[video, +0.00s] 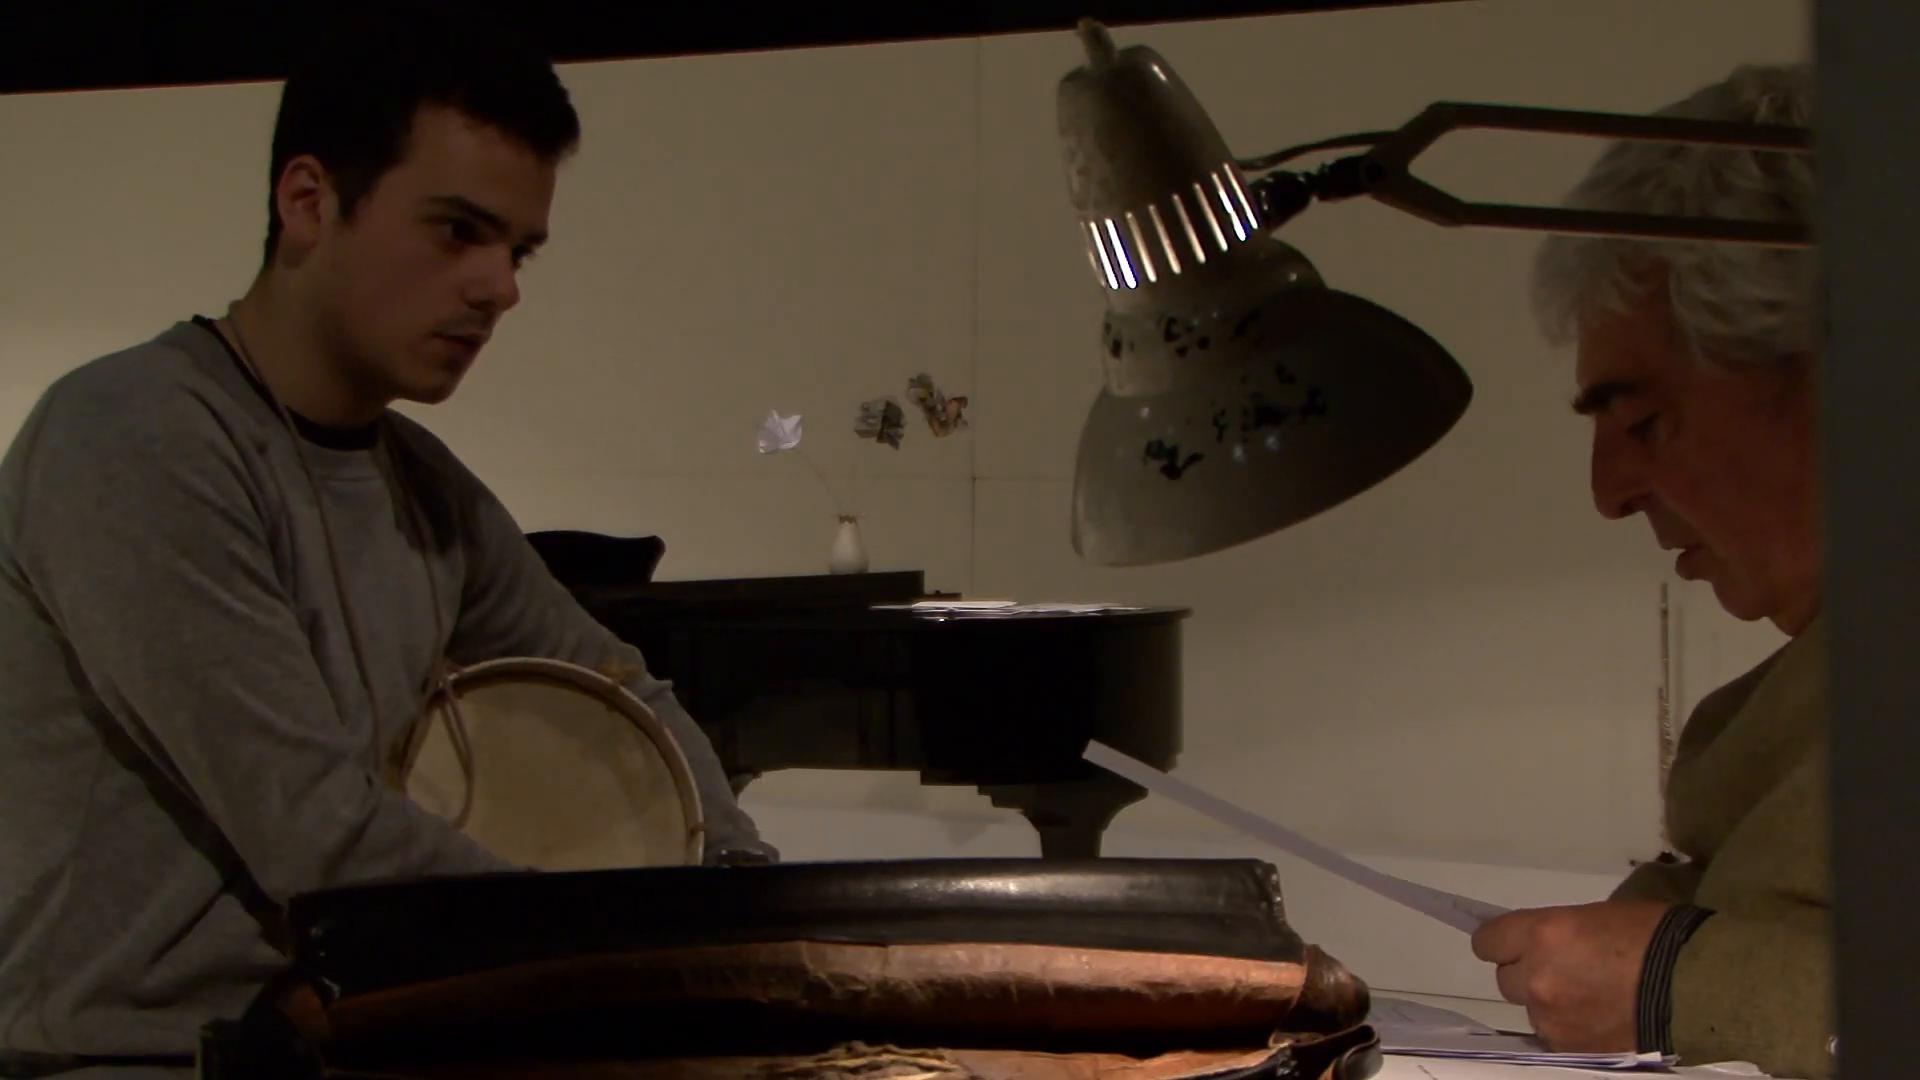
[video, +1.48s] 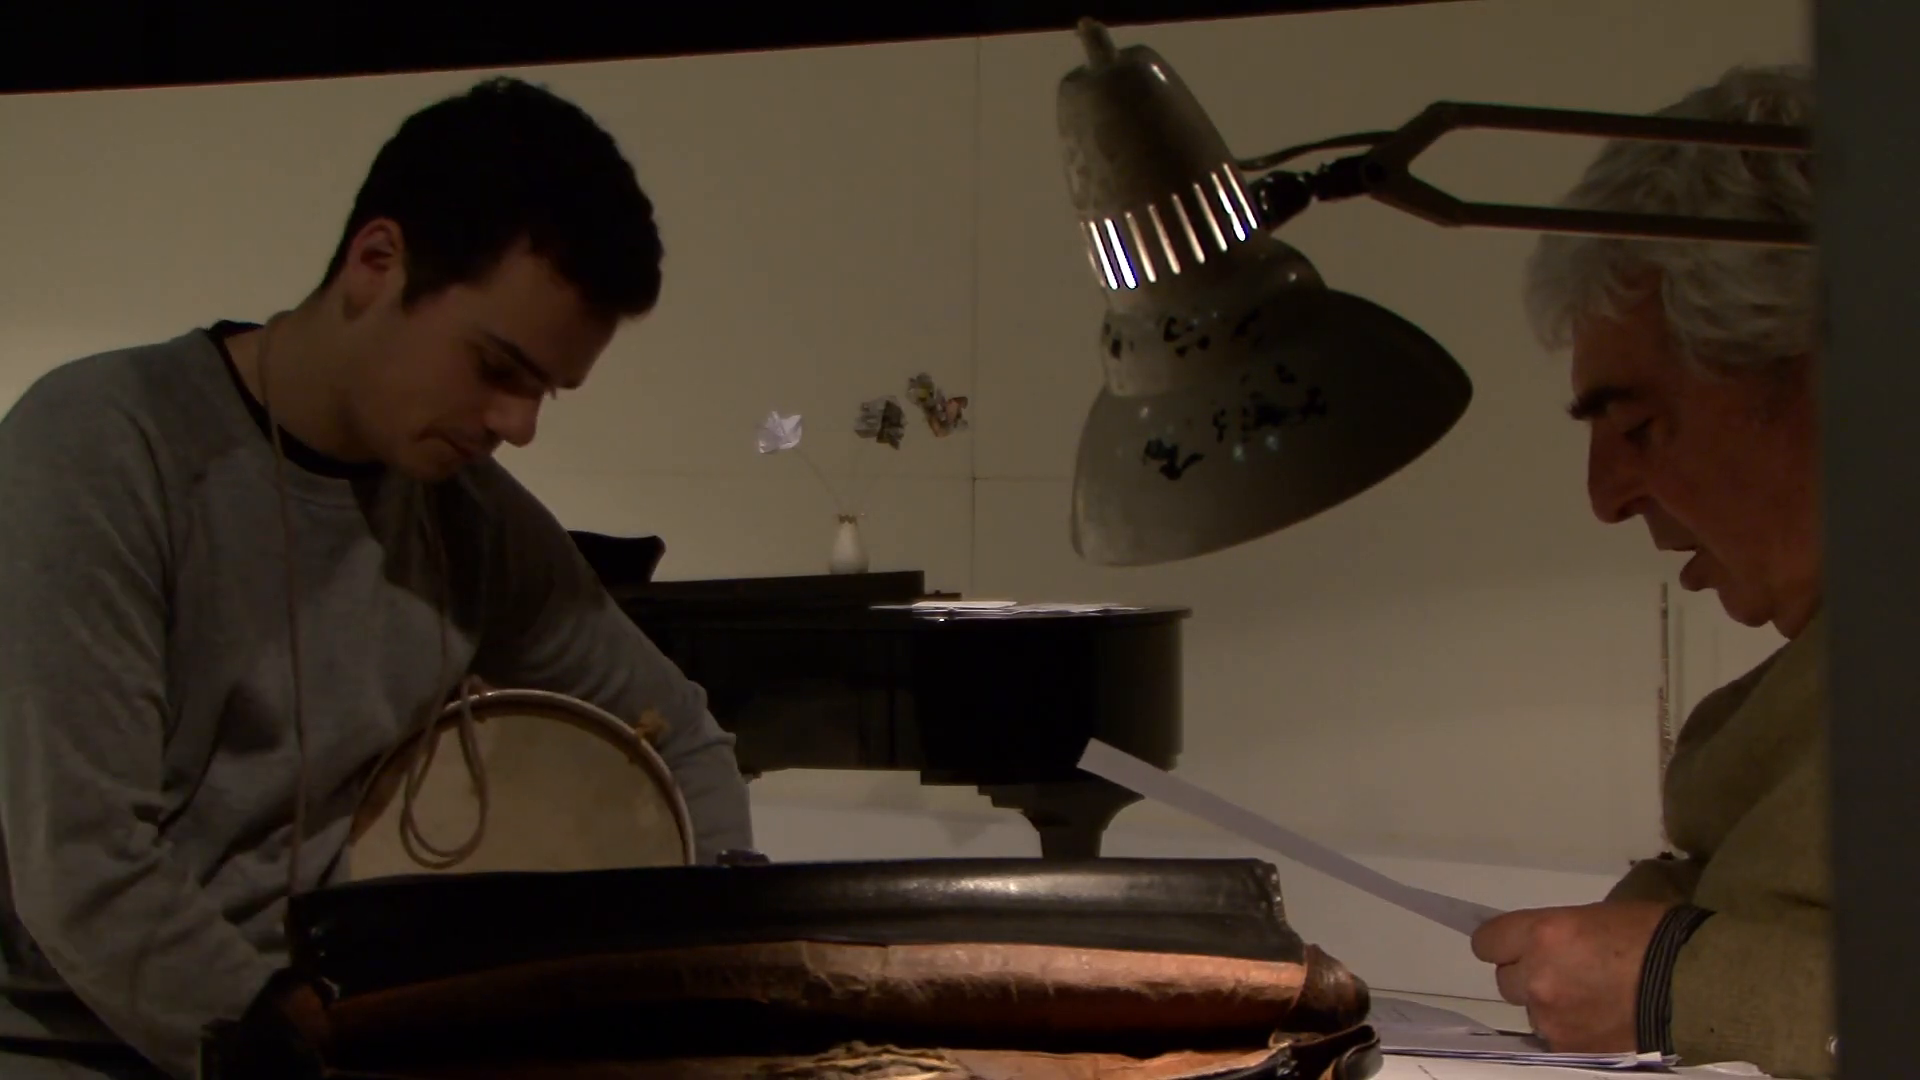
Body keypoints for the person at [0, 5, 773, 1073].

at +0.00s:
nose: (499, 289)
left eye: (517, 254)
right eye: (457, 231)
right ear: (306, 202)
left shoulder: (431, 491)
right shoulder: (123, 437)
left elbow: (617, 695)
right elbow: (318, 838)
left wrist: (753, 904)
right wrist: (632, 956)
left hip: (350, 1040)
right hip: (118, 1057)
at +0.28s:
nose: (509, 288)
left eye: (526, 251)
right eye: (467, 230)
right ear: (314, 203)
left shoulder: (430, 490)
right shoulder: (127, 435)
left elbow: (622, 697)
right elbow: (313, 839)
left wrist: (742, 910)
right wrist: (608, 961)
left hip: (348, 1039)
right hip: (118, 1057)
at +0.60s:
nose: (510, 292)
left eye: (528, 256)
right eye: (469, 234)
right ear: (318, 206)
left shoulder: (435, 494)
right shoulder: (120, 444)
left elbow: (635, 700)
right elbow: (273, 871)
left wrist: (748, 919)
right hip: (116, 1057)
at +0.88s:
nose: (518, 299)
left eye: (538, 264)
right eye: (478, 239)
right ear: (327, 209)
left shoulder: (443, 492)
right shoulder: (119, 444)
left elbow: (650, 698)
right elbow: (276, 872)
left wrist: (742, 917)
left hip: (353, 1043)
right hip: (120, 1059)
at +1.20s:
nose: (523, 338)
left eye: (549, 301)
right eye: (493, 279)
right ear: (349, 224)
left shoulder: (459, 494)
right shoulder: (110, 445)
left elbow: (669, 719)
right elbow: (222, 898)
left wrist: (724, 947)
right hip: (89, 1045)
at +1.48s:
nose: (517, 427)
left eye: (542, 394)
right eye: (499, 369)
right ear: (374, 265)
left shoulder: (478, 519)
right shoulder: (90, 444)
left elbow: (677, 735)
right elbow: (80, 872)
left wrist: (715, 953)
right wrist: (317, 1041)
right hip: (56, 1036)